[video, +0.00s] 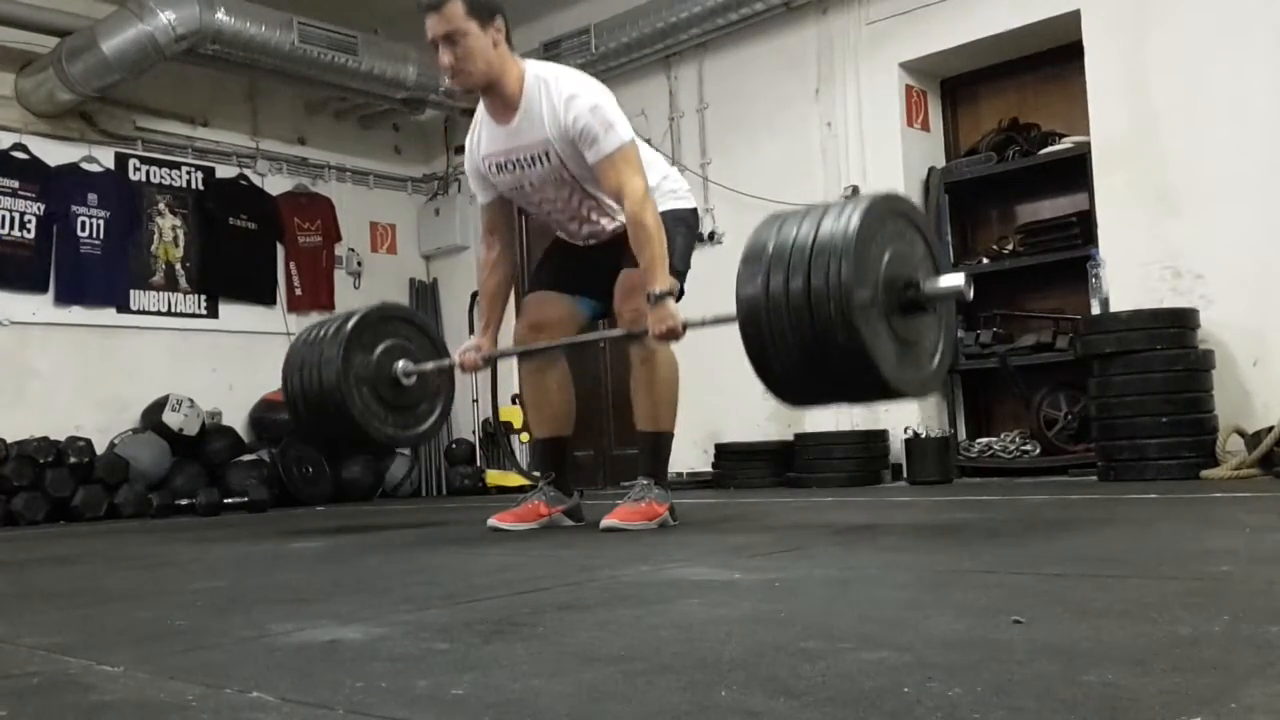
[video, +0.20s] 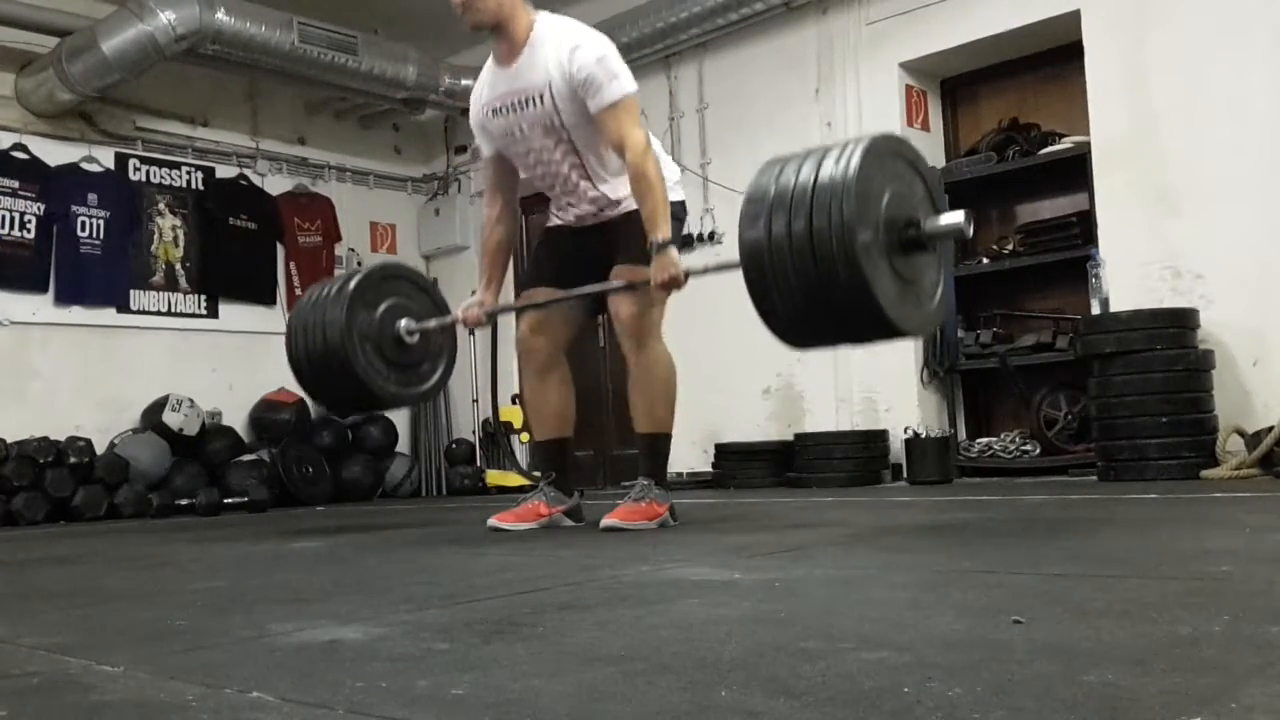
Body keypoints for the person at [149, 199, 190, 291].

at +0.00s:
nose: (162, 211)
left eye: (163, 209)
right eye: (160, 209)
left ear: (167, 208)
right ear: (159, 210)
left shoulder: (174, 220)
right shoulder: (158, 220)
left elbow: (180, 235)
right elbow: (156, 234)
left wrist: (181, 248)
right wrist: (154, 245)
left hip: (172, 243)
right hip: (161, 243)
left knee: (177, 265)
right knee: (160, 262)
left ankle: (183, 283)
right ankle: (159, 277)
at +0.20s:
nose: (162, 211)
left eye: (163, 209)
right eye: (160, 209)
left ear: (167, 208)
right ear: (159, 210)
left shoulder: (175, 220)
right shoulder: (158, 220)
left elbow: (180, 235)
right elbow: (156, 234)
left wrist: (181, 248)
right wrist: (154, 245)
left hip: (172, 243)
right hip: (161, 243)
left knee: (177, 265)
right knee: (160, 262)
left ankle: (183, 283)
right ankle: (159, 278)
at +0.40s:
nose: (162, 211)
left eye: (163, 209)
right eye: (160, 209)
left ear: (167, 208)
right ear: (159, 210)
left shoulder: (175, 221)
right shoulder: (158, 220)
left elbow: (180, 235)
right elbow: (156, 234)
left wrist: (181, 248)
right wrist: (154, 246)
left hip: (172, 243)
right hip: (161, 243)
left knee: (177, 265)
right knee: (160, 262)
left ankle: (182, 283)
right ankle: (159, 277)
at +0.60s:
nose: (162, 211)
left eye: (163, 209)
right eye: (160, 209)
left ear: (167, 208)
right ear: (159, 210)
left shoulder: (175, 221)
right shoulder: (158, 220)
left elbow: (180, 235)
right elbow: (156, 234)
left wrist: (180, 249)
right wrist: (154, 246)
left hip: (172, 244)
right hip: (161, 244)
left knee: (177, 265)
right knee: (160, 262)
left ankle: (183, 283)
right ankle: (159, 278)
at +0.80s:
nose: (162, 211)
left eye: (163, 209)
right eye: (160, 210)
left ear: (167, 208)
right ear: (159, 210)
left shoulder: (175, 221)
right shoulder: (158, 220)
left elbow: (180, 235)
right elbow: (156, 234)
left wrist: (181, 248)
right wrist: (154, 245)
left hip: (172, 243)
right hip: (162, 243)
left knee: (177, 265)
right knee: (160, 262)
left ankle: (182, 283)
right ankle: (159, 277)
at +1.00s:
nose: (162, 211)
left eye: (163, 209)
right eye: (160, 210)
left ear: (167, 208)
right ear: (159, 210)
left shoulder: (175, 221)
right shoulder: (158, 220)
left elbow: (180, 235)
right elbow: (156, 234)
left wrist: (181, 248)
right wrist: (154, 245)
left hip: (172, 243)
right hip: (162, 243)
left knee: (177, 265)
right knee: (160, 262)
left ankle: (182, 283)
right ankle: (159, 277)